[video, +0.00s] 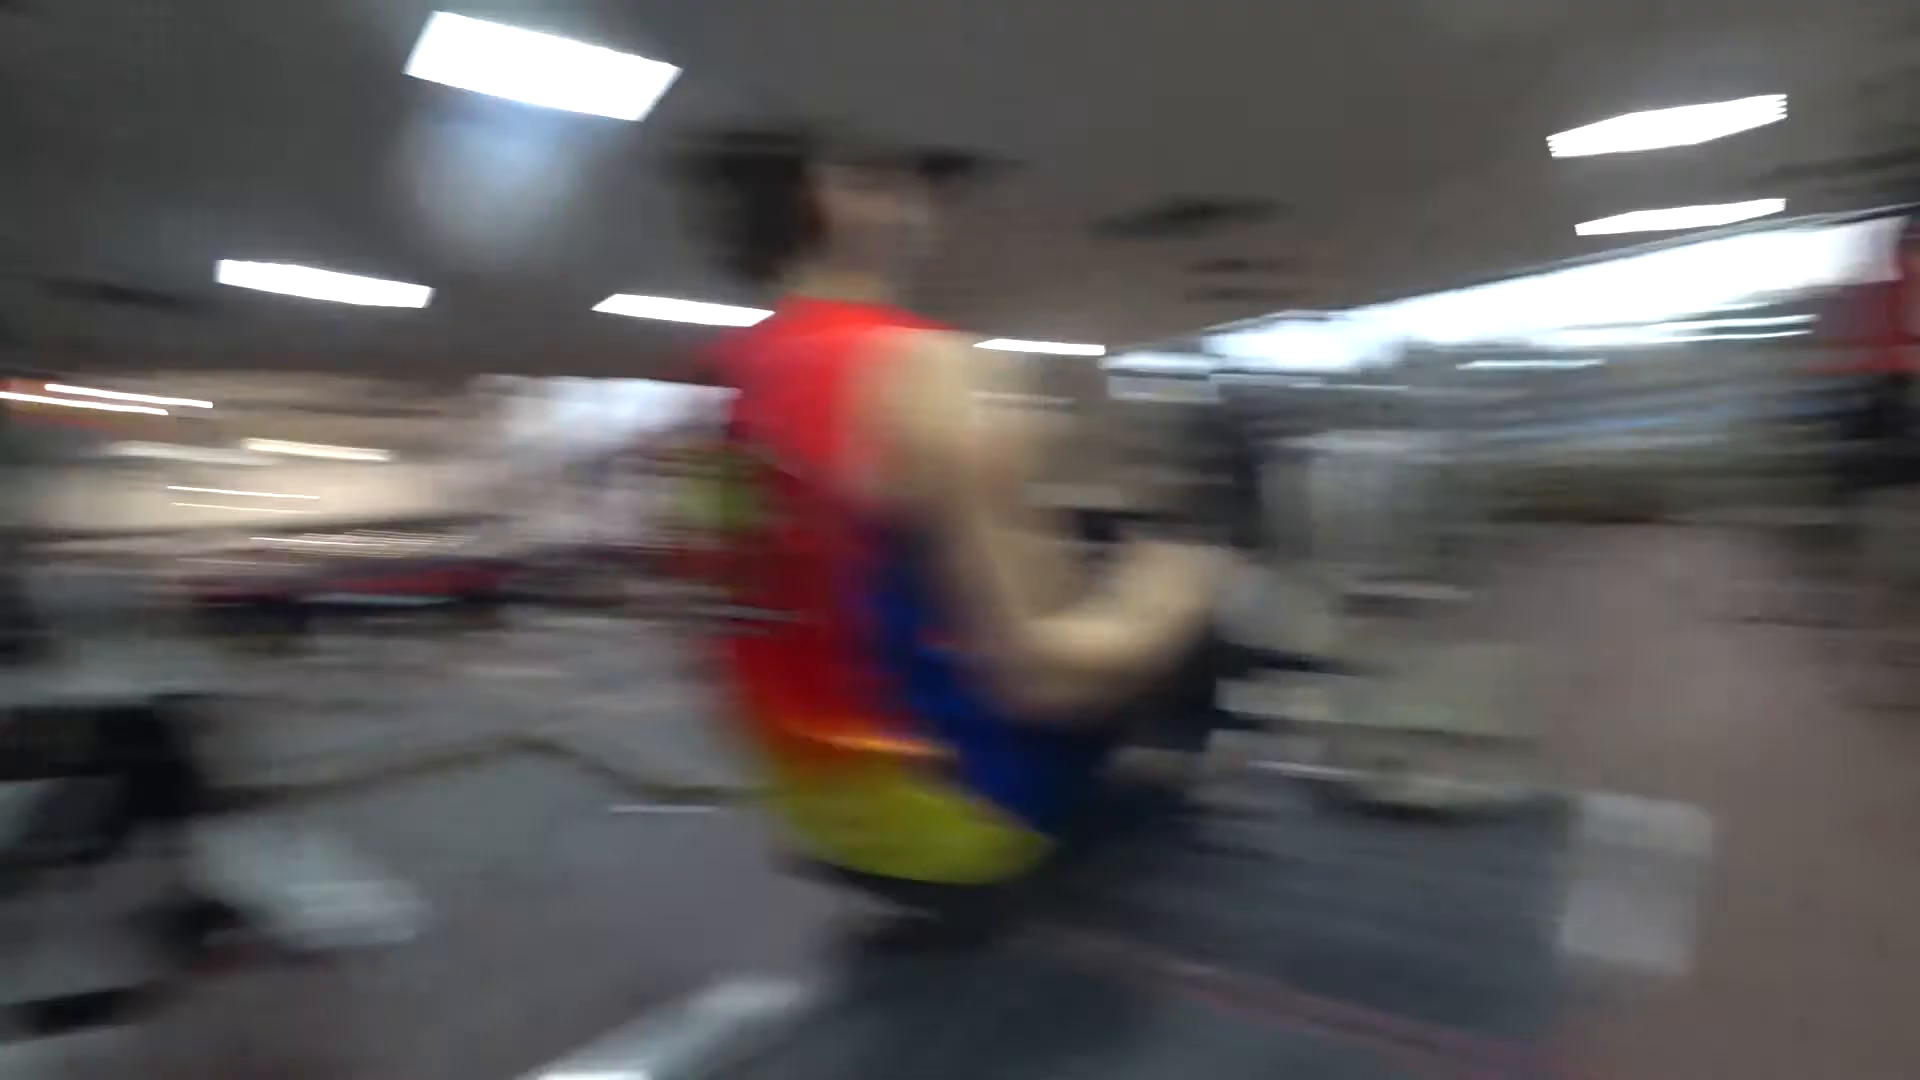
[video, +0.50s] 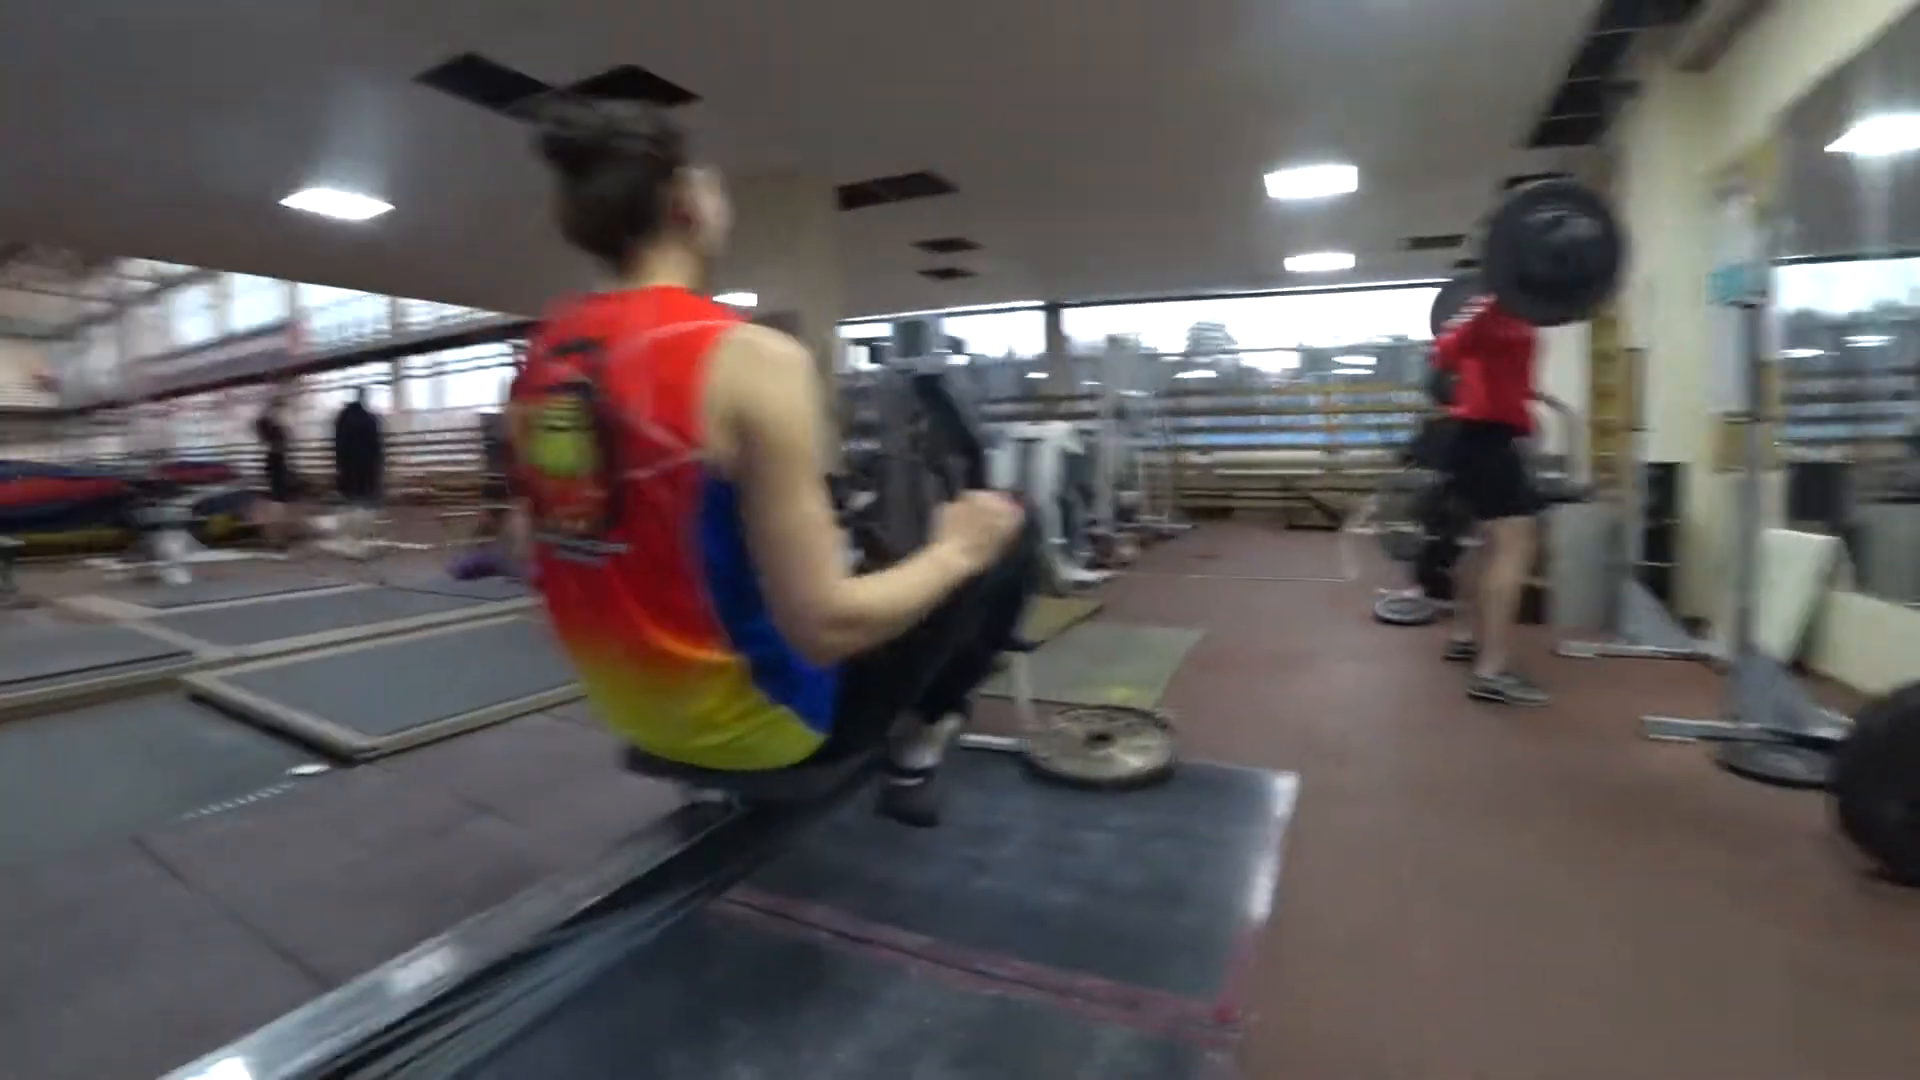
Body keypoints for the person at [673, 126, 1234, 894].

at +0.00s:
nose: (917, 217)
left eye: (908, 186)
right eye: (886, 186)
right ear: (825, 198)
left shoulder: (738, 372)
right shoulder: (915, 369)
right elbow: (1029, 665)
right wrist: (1168, 589)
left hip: (827, 815)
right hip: (956, 824)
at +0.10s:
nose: (737, 188)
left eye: (727, 165)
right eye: (726, 165)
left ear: (586, 231)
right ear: (706, 183)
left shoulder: (570, 375)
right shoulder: (797, 355)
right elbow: (921, 658)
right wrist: (1023, 564)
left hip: (717, 799)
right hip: (856, 807)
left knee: (920, 512)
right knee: (1084, 537)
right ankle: (1096, 747)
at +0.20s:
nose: (675, 195)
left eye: (662, 172)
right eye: (661, 172)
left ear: (530, 241)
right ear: (642, 195)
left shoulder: (518, 383)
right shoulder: (739, 362)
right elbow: (860, 644)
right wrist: (969, 547)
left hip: (668, 793)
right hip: (802, 793)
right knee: (1014, 526)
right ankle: (1013, 742)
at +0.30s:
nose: (612, 197)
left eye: (605, 174)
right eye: (603, 175)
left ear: (465, 232)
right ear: (583, 191)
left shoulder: (440, 374)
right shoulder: (666, 365)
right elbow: (771, 643)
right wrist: (889, 553)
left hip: (576, 777)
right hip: (714, 783)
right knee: (937, 537)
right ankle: (901, 747)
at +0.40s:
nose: (618, 195)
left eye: (612, 173)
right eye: (610, 173)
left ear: (470, 211)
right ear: (586, 187)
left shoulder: (439, 347)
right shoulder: (658, 356)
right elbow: (744, 637)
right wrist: (869, 554)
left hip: (545, 748)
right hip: (682, 761)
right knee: (925, 536)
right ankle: (858, 747)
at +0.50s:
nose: (721, 201)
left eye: (714, 182)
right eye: (714, 183)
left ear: (587, 223)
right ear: (687, 203)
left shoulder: (549, 354)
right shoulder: (755, 363)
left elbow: (536, 548)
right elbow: (821, 625)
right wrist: (953, 553)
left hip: (643, 725)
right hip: (770, 738)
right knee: (1003, 535)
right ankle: (914, 754)